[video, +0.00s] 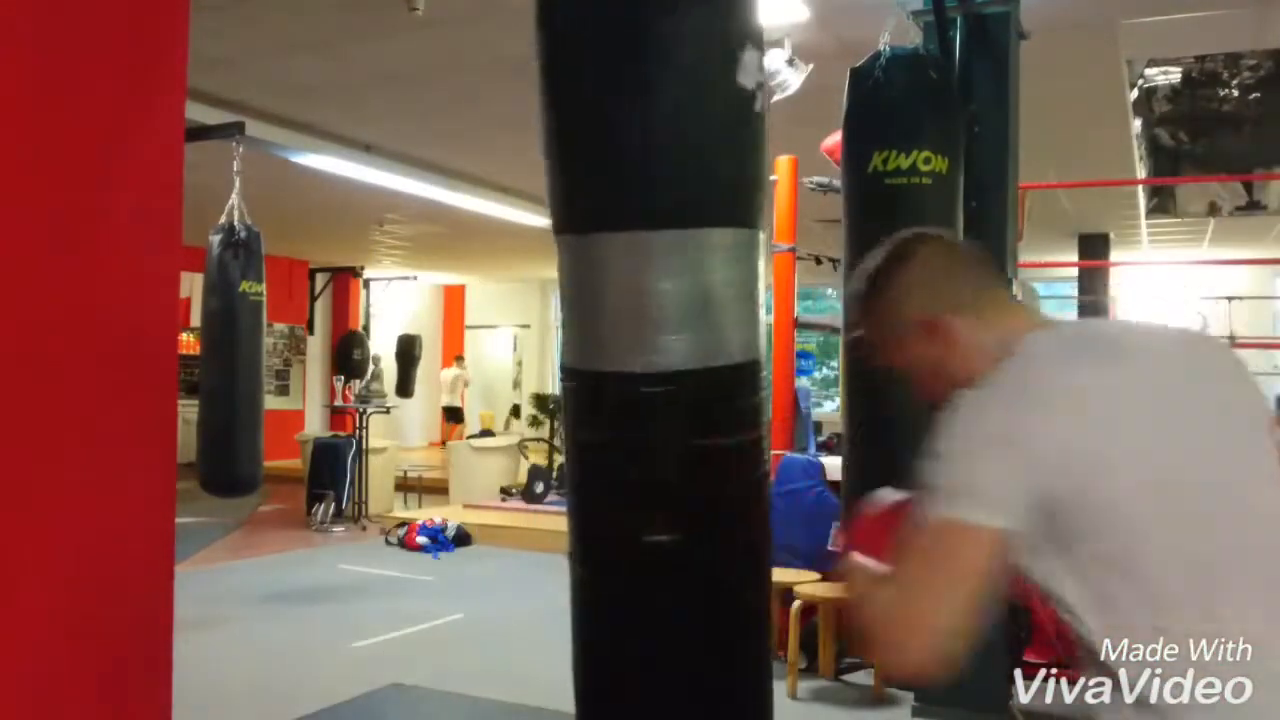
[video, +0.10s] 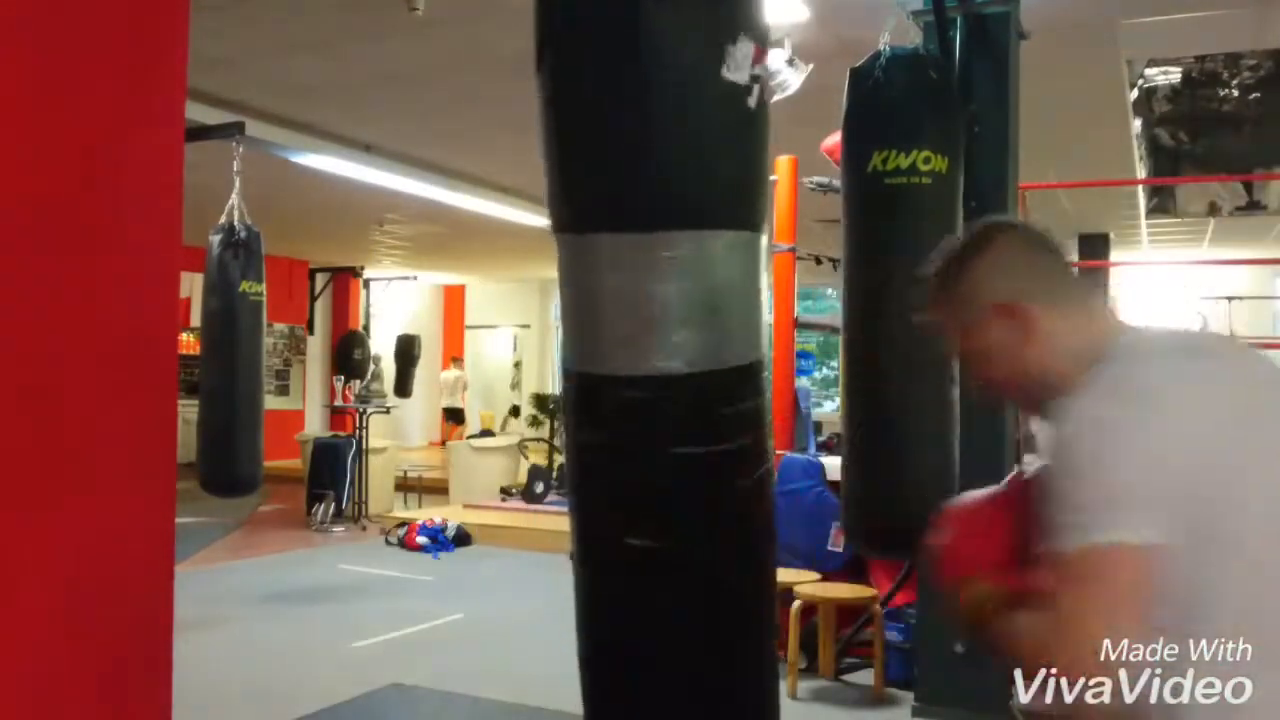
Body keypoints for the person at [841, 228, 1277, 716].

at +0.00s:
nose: (921, 396)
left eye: (907, 372)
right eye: (903, 377)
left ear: (938, 333)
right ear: (1002, 294)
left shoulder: (1001, 414)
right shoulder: (1206, 355)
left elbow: (916, 650)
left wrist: (861, 579)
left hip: (1157, 702)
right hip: (1271, 700)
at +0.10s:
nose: (977, 383)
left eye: (972, 355)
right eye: (966, 360)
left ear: (1017, 321)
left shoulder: (1108, 413)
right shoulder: (1248, 369)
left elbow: (1090, 663)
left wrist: (984, 596)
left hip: (1175, 706)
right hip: (1264, 700)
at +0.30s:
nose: (1133, 371)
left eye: (1125, 343)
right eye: (1119, 354)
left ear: (1167, 276)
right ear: (1168, 275)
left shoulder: (1261, 376)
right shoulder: (1252, 367)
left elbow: (1262, 606)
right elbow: (1242, 528)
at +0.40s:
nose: (1152, 354)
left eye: (1139, 326)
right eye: (1134, 338)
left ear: (1172, 255)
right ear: (1173, 255)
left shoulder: (1266, 332)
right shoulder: (1260, 329)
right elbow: (1213, 548)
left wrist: (1081, 417)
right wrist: (1094, 419)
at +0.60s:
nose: (1068, 316)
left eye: (1059, 284)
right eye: (1051, 293)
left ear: (1106, 227)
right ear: (1107, 226)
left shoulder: (1202, 310)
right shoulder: (1247, 290)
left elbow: (1182, 564)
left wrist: (1056, 448)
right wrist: (1124, 433)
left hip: (1258, 691)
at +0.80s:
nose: (1077, 250)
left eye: (1073, 214)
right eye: (1068, 218)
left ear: (1120, 186)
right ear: (1195, 177)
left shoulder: (1149, 285)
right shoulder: (1266, 258)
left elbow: (989, 470)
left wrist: (828, 448)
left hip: (1253, 687)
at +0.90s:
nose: (1124, 219)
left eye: (1125, 192)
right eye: (1121, 195)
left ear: (1173, 179)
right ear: (1249, 175)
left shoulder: (1214, 274)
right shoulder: (1252, 268)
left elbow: (1105, 466)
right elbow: (1113, 452)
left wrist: (908, 470)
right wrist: (925, 469)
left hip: (1258, 686)